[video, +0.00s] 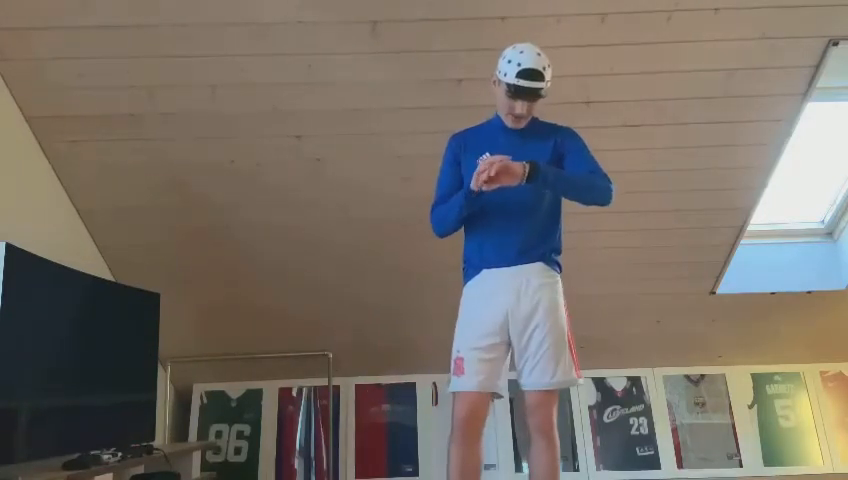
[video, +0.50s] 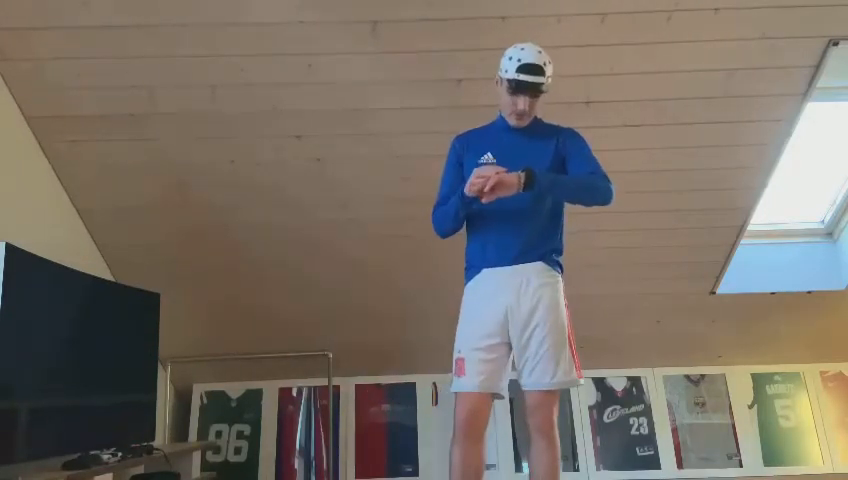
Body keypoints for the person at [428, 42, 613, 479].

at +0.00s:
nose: (521, 106)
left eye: (531, 97)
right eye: (513, 95)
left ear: (543, 92)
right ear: (497, 85)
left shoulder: (561, 139)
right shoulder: (464, 143)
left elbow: (602, 191)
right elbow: (440, 223)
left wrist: (530, 171)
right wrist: (473, 189)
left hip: (539, 288)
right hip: (482, 290)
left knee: (541, 416)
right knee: (467, 415)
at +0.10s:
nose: (522, 106)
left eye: (532, 97)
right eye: (514, 95)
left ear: (544, 92)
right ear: (499, 86)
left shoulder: (562, 140)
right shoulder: (465, 143)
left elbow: (603, 192)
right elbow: (441, 224)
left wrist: (530, 173)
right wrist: (471, 190)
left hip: (540, 289)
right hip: (483, 290)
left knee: (542, 417)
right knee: (468, 417)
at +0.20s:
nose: (523, 106)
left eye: (533, 97)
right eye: (516, 95)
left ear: (545, 92)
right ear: (500, 86)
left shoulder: (563, 140)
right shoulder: (466, 144)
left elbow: (603, 192)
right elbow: (441, 224)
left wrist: (530, 176)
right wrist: (471, 191)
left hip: (540, 289)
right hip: (483, 290)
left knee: (541, 417)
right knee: (469, 417)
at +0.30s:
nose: (523, 105)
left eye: (533, 95)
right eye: (516, 93)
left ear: (545, 92)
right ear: (500, 85)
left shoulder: (564, 140)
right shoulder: (467, 144)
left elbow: (603, 192)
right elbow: (441, 224)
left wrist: (530, 177)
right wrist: (470, 192)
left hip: (540, 289)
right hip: (483, 290)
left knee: (541, 417)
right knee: (469, 417)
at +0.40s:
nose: (523, 103)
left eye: (533, 94)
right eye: (515, 91)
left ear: (544, 91)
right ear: (500, 85)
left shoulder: (564, 140)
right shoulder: (467, 144)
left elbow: (603, 192)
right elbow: (442, 224)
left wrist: (529, 179)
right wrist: (469, 193)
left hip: (540, 289)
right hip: (483, 290)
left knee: (541, 417)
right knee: (469, 417)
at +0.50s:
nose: (522, 103)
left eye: (532, 93)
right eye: (514, 91)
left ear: (544, 91)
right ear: (500, 85)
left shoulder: (564, 140)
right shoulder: (468, 144)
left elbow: (602, 190)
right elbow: (442, 225)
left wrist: (529, 179)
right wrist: (468, 193)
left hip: (540, 289)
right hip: (483, 290)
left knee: (541, 417)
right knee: (469, 417)